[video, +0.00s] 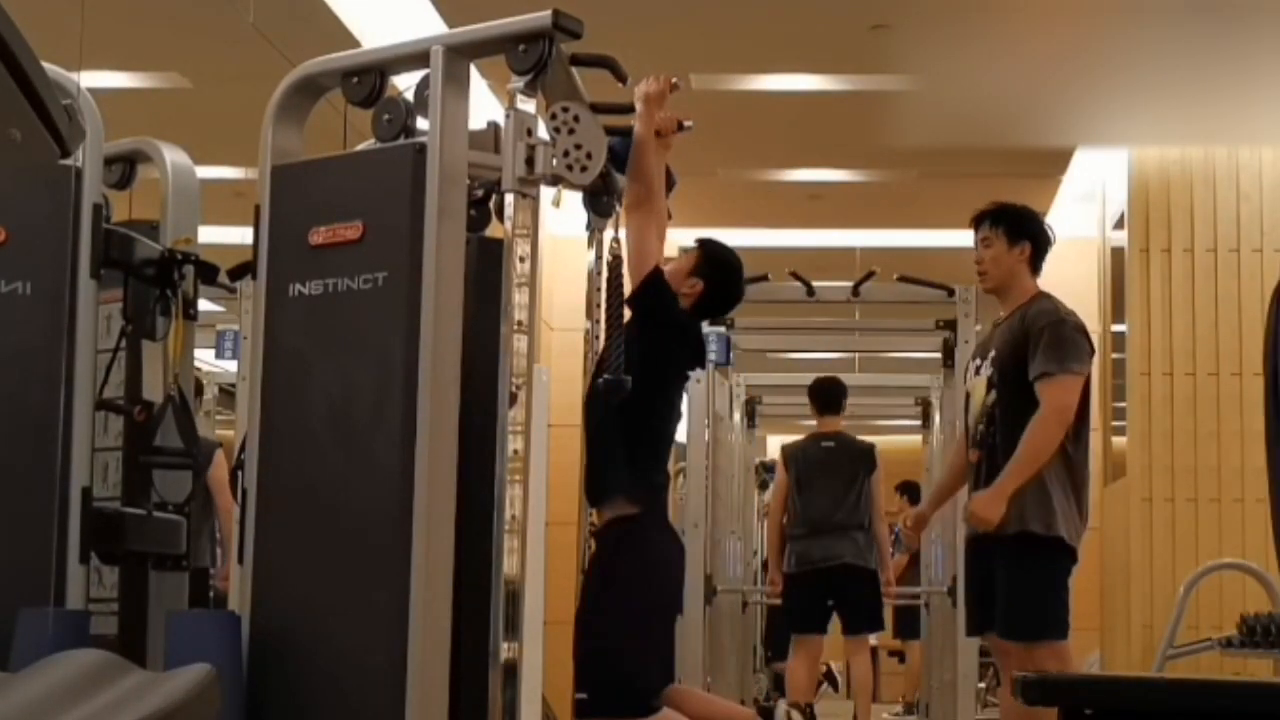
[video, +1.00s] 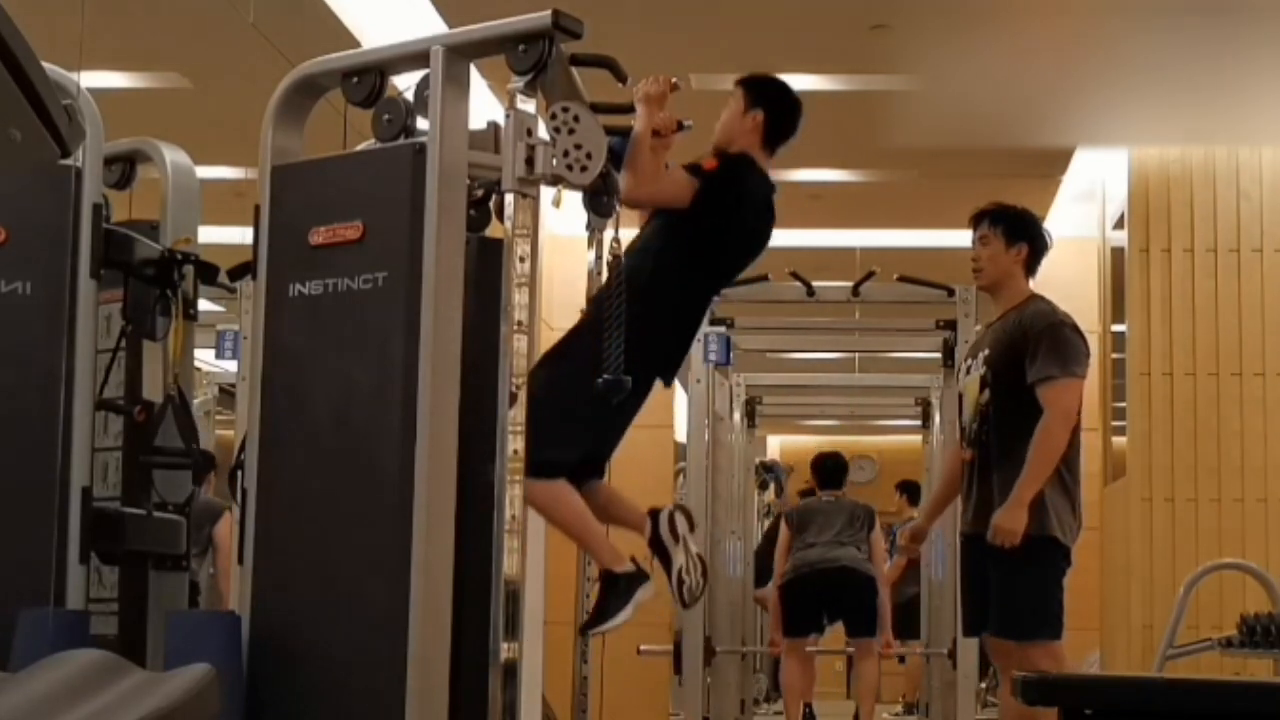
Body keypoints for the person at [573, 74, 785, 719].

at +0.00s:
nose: (669, 259)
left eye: (681, 257)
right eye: (678, 255)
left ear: (693, 287)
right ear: (690, 289)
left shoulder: (664, 327)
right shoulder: (656, 327)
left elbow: (646, 209)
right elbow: (645, 216)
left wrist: (645, 123)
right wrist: (658, 133)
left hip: (633, 542)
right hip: (633, 540)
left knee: (621, 704)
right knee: (642, 692)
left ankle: (745, 717)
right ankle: (755, 716)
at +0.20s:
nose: (679, 253)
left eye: (692, 253)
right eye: (690, 249)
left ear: (703, 281)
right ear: (705, 287)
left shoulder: (666, 319)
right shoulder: (665, 321)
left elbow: (639, 205)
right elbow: (645, 217)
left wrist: (646, 123)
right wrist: (655, 138)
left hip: (608, 532)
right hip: (620, 528)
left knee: (574, 692)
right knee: (617, 670)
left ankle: (685, 715)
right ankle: (722, 696)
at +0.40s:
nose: (698, 242)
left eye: (711, 239)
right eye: (708, 236)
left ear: (727, 264)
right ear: (729, 268)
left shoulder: (689, 307)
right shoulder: (688, 307)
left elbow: (639, 212)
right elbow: (647, 217)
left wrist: (646, 125)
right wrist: (656, 137)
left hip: (589, 486)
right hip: (600, 485)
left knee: (546, 649)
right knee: (600, 629)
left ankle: (683, 710)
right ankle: (701, 657)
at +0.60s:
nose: (712, 208)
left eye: (724, 203)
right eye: (720, 202)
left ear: (745, 227)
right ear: (753, 235)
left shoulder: (709, 274)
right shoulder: (712, 282)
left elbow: (639, 209)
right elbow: (643, 217)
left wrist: (648, 127)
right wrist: (652, 136)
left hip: (585, 438)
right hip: (604, 441)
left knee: (536, 589)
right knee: (578, 582)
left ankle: (650, 660)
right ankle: (670, 631)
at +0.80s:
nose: (723, 168)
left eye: (733, 158)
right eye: (730, 158)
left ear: (758, 171)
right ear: (772, 182)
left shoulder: (726, 222)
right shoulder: (750, 249)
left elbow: (638, 195)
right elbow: (647, 235)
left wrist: (645, 122)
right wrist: (656, 151)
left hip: (603, 377)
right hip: (633, 386)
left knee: (532, 521)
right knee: (577, 527)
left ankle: (620, 613)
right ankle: (660, 576)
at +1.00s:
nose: (719, 117)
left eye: (729, 106)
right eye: (726, 105)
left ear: (753, 119)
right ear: (767, 128)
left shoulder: (733, 180)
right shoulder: (754, 197)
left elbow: (640, 187)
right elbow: (649, 208)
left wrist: (645, 119)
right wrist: (658, 145)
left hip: (620, 332)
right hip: (643, 345)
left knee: (535, 472)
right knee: (581, 481)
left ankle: (617, 572)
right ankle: (655, 528)